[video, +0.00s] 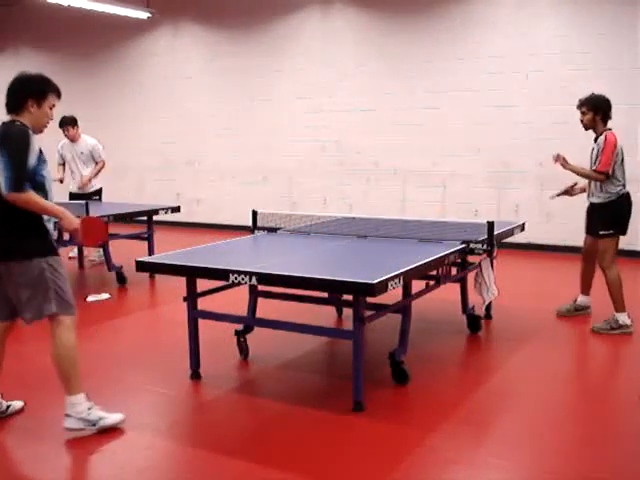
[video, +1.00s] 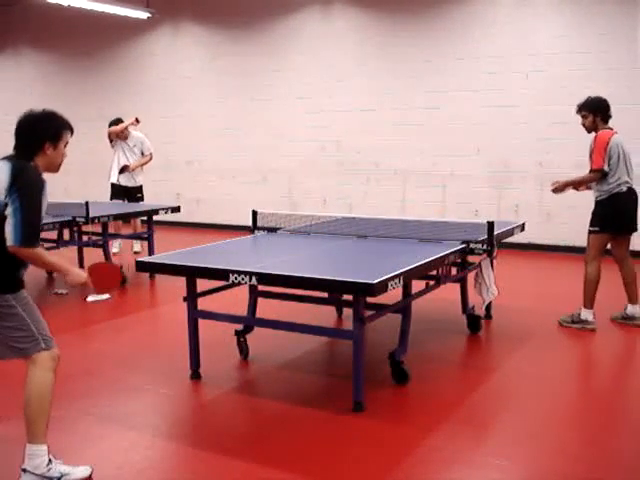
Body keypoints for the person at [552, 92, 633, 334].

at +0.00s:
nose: (580, 118)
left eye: (584, 113)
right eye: (580, 113)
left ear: (597, 114)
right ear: (594, 115)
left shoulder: (608, 139)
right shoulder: (599, 141)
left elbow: (601, 176)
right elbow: (602, 179)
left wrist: (569, 166)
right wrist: (581, 188)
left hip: (612, 204)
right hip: (598, 204)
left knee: (606, 261)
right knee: (588, 254)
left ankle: (622, 318)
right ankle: (582, 301)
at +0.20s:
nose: (585, 120)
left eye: (587, 115)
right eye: (584, 115)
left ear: (600, 115)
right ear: (603, 115)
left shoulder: (609, 138)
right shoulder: (616, 135)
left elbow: (603, 175)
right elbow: (611, 175)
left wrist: (578, 192)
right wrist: (594, 194)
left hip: (616, 202)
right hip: (621, 200)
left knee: (613, 260)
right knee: (611, 256)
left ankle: (622, 317)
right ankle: (619, 307)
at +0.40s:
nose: (588, 125)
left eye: (589, 119)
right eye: (587, 120)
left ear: (601, 116)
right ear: (606, 116)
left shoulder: (611, 137)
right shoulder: (626, 135)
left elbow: (612, 175)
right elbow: (626, 173)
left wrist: (593, 198)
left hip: (619, 201)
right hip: (634, 199)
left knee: (615, 261)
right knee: (630, 258)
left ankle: (621, 317)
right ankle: (634, 310)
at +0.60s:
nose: (590, 125)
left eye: (591, 120)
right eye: (589, 120)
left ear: (603, 116)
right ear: (608, 117)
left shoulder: (612, 137)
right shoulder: (626, 136)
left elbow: (606, 173)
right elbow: (626, 176)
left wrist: (575, 185)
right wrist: (604, 192)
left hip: (621, 201)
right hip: (633, 200)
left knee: (610, 259)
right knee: (630, 257)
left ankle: (620, 316)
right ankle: (635, 309)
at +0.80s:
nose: (590, 121)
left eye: (593, 116)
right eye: (589, 117)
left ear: (605, 115)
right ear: (608, 117)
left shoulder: (610, 136)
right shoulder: (623, 136)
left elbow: (603, 171)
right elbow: (621, 174)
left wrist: (574, 186)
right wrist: (597, 188)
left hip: (618, 201)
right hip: (633, 200)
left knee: (597, 255)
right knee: (628, 254)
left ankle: (605, 312)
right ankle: (634, 309)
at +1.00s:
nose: (581, 122)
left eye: (584, 117)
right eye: (581, 117)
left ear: (597, 116)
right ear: (602, 117)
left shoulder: (600, 137)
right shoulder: (614, 138)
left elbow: (597, 174)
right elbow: (607, 177)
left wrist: (567, 183)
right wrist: (581, 184)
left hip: (609, 199)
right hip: (627, 197)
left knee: (592, 258)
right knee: (622, 254)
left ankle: (586, 314)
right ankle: (633, 308)